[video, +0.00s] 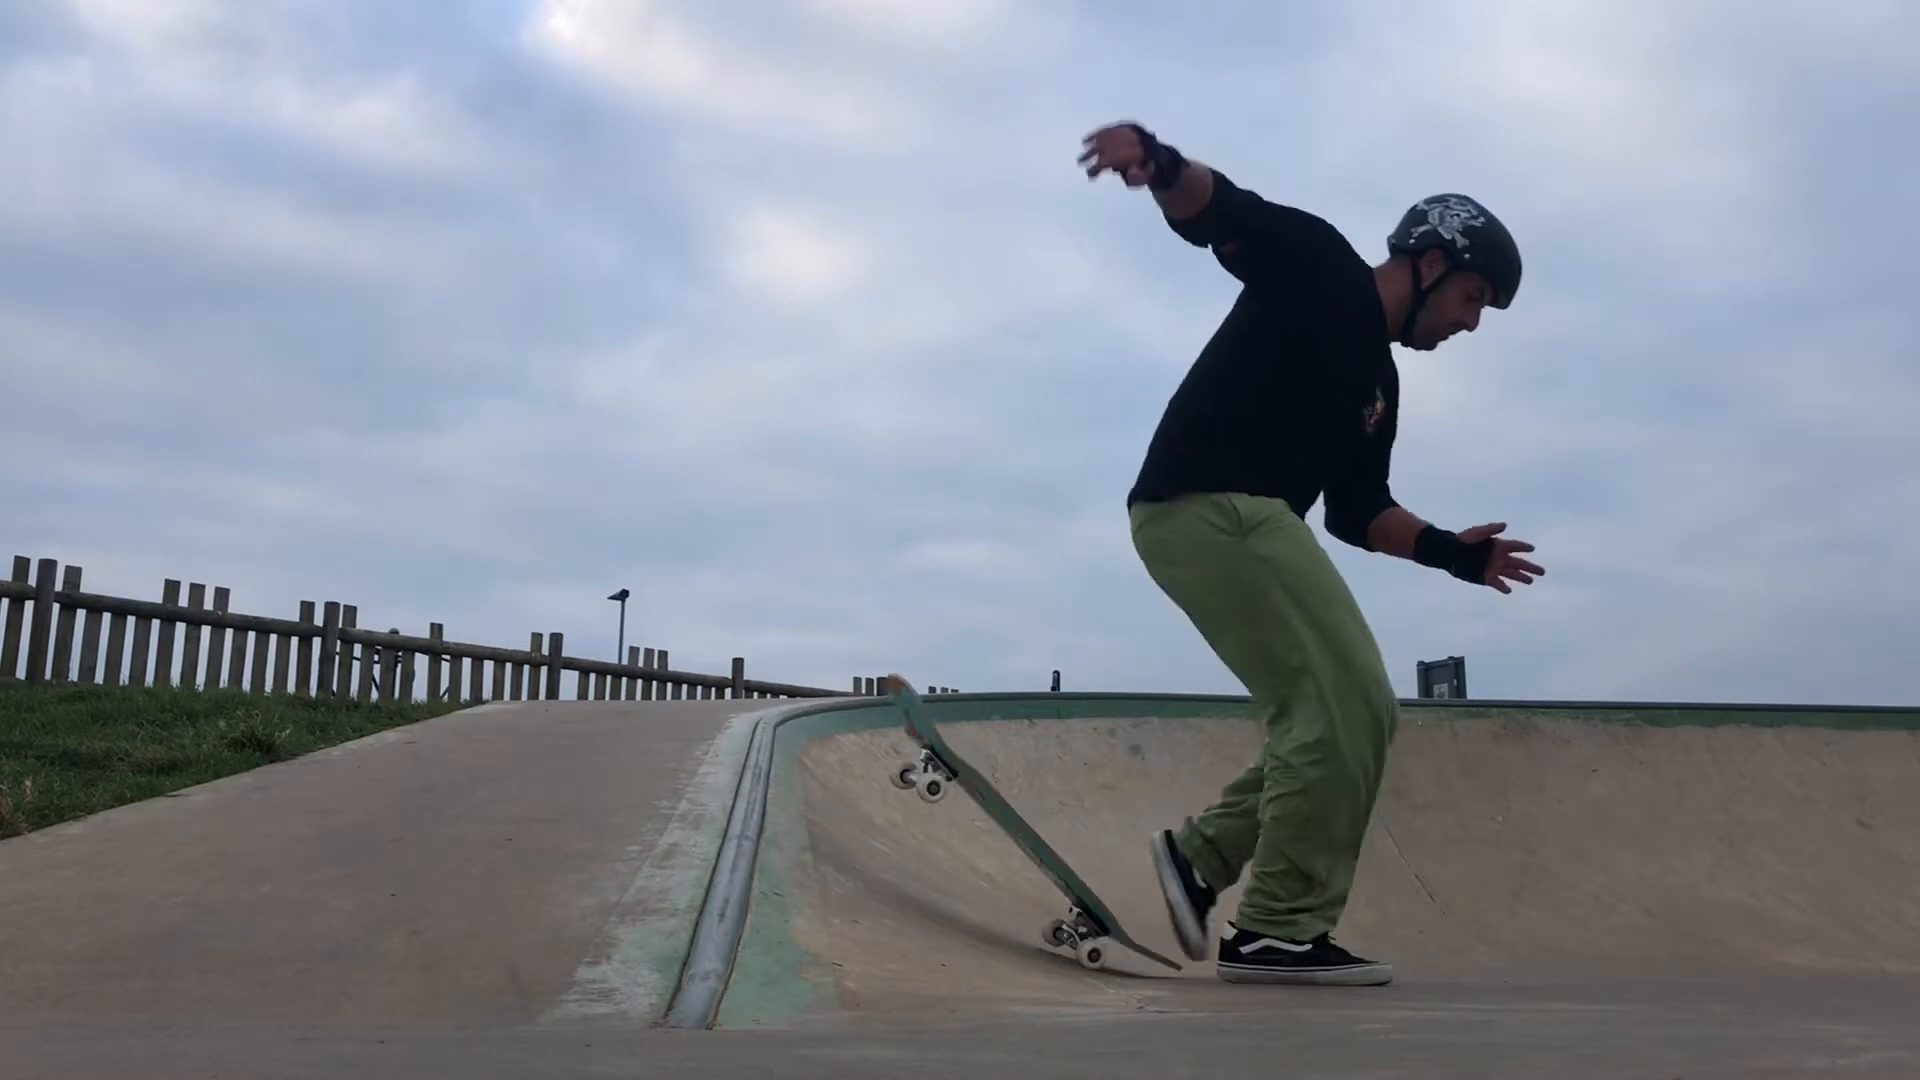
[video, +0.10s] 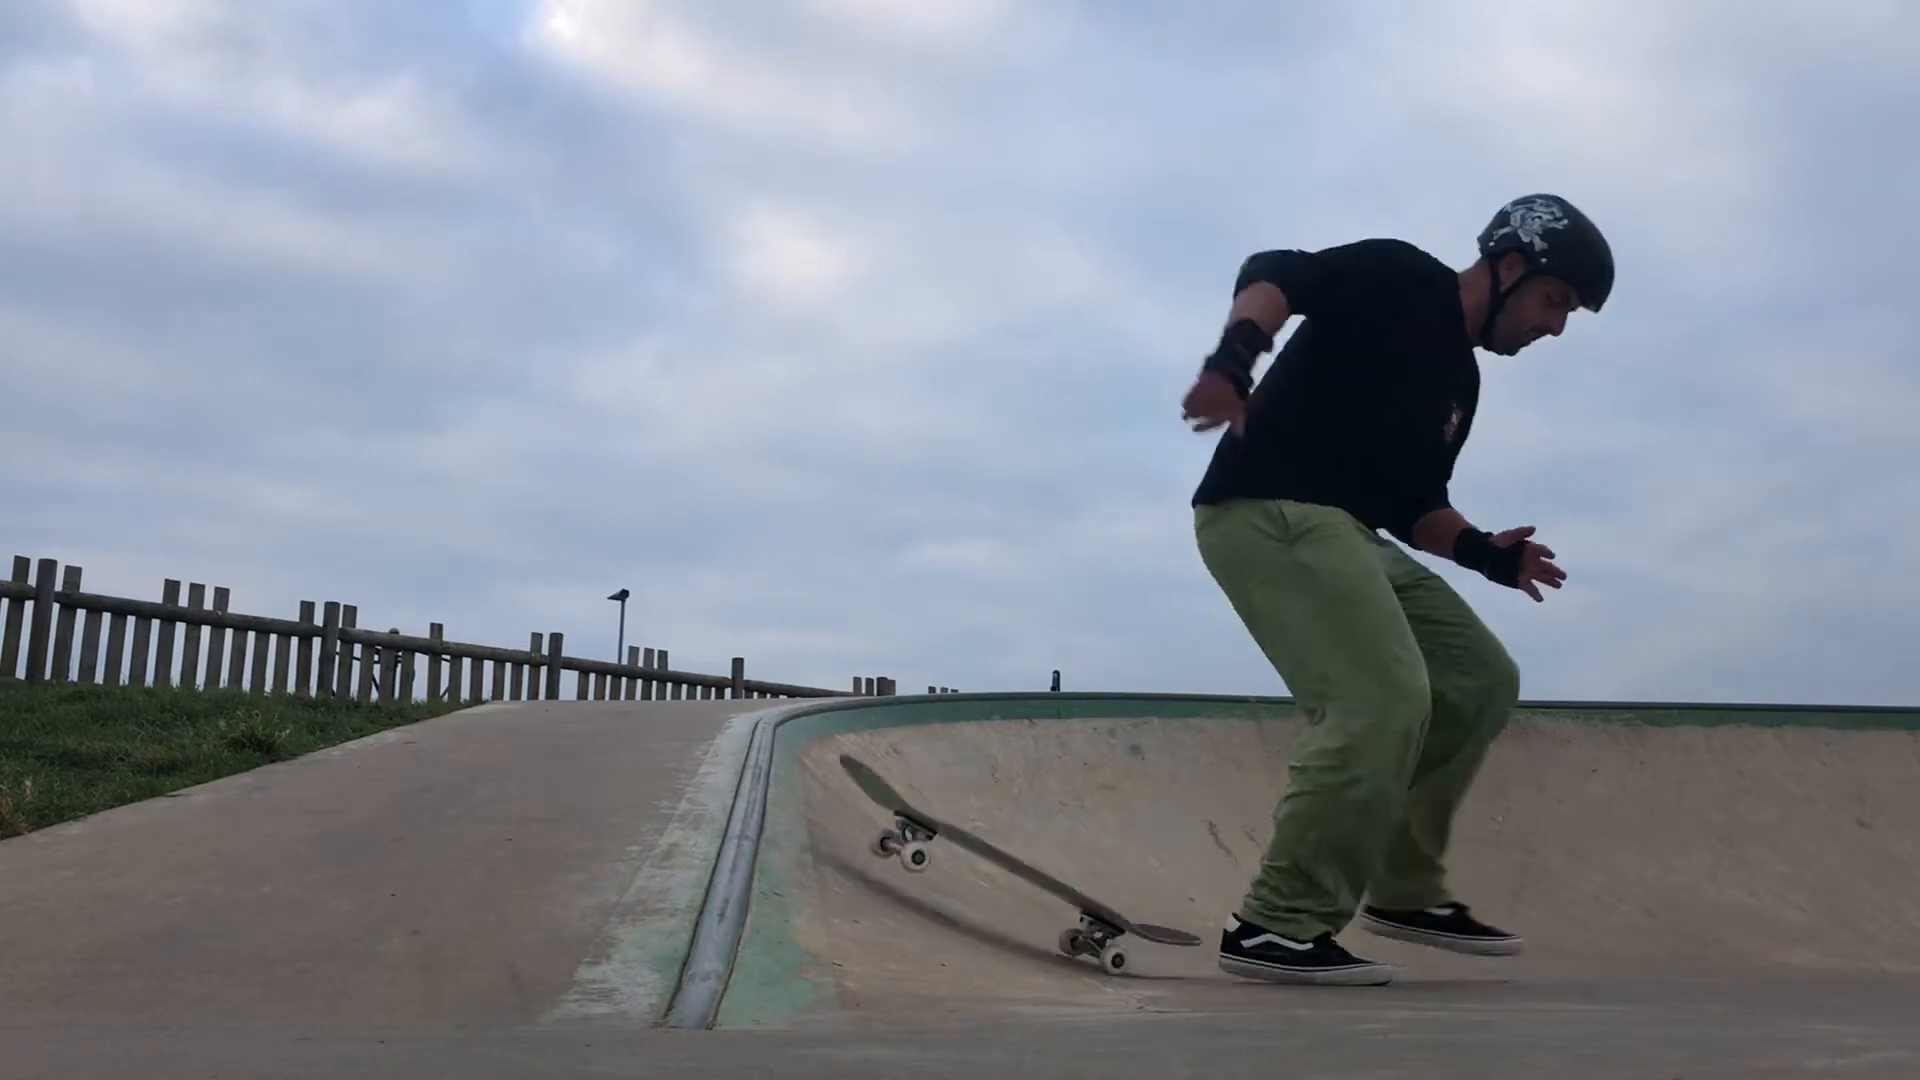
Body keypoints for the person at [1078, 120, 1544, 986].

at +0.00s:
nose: (1474, 320)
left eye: (1484, 306)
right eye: (1477, 296)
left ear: (1433, 271)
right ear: (1434, 260)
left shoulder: (1375, 392)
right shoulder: (1321, 257)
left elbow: (1357, 511)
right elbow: (1220, 210)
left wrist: (1449, 549)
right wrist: (1159, 165)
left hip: (1244, 516)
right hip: (1208, 502)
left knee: (1352, 709)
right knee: (1343, 703)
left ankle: (1205, 853)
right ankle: (1277, 928)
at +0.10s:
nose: (1555, 327)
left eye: (1566, 314)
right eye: (1554, 303)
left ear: (1515, 276)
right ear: (1509, 266)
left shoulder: (1459, 383)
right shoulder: (1402, 272)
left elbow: (1413, 507)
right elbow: (1277, 275)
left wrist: (1487, 551)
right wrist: (1230, 365)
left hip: (1348, 533)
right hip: (1272, 512)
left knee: (1479, 679)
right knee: (1383, 696)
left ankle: (1399, 892)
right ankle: (1277, 922)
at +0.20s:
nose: (1628, 310)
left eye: (1643, 299)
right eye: (1625, 284)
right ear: (1578, 248)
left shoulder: (1543, 372)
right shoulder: (1469, 270)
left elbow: (1487, 491)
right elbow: (1335, 310)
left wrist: (1552, 578)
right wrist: (1354, 444)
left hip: (1453, 539)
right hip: (1356, 510)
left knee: (1565, 699)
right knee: (1434, 698)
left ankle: (1679, 915)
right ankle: (1291, 908)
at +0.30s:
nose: (1673, 270)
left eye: (1693, 260)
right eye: (1665, 244)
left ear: (1702, 268)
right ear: (1620, 223)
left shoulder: (1628, 358)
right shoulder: (1516, 276)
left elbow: (1588, 488)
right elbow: (1389, 353)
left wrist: (1613, 587)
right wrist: (1401, 482)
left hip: (1566, 562)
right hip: (1465, 540)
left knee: (1685, 703)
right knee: (1520, 714)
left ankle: (1761, 932)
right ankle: (1328, 887)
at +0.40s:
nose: (1696, 242)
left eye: (1721, 230)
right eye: (1685, 215)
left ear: (1738, 240)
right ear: (1651, 201)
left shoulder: (1696, 346)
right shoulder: (1550, 272)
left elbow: (1679, 492)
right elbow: (1440, 372)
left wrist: (1700, 600)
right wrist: (1425, 501)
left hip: (1627, 549)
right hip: (1512, 533)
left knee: (1758, 697)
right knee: (1600, 704)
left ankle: (1764, 932)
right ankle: (1424, 891)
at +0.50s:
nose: (1698, 201)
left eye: (1726, 191)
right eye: (1690, 175)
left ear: (1756, 204)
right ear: (1666, 164)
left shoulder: (1737, 310)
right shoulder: (1567, 247)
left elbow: (1730, 443)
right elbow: (1459, 351)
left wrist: (1767, 558)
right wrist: (1457, 485)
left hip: (1649, 525)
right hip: (1532, 508)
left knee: (1765, 697)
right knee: (1616, 686)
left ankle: (1764, 931)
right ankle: (1501, 918)